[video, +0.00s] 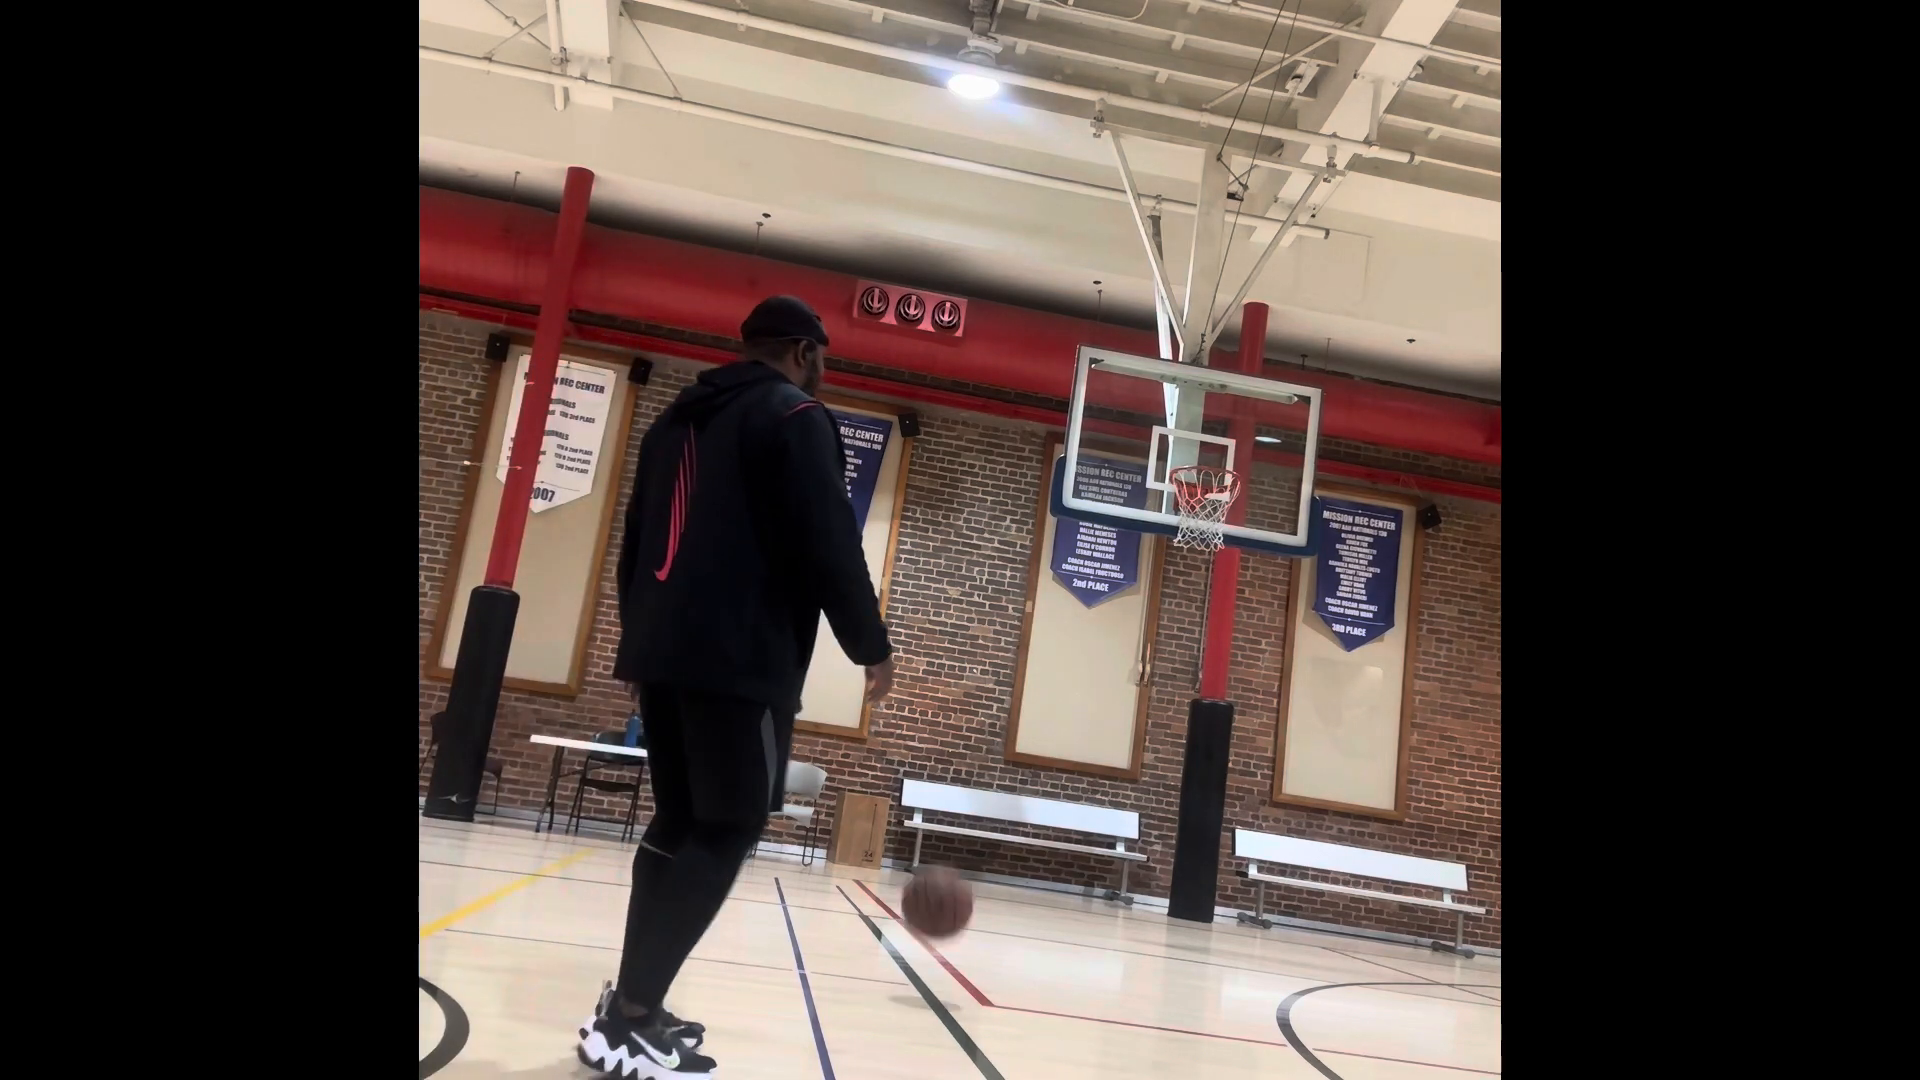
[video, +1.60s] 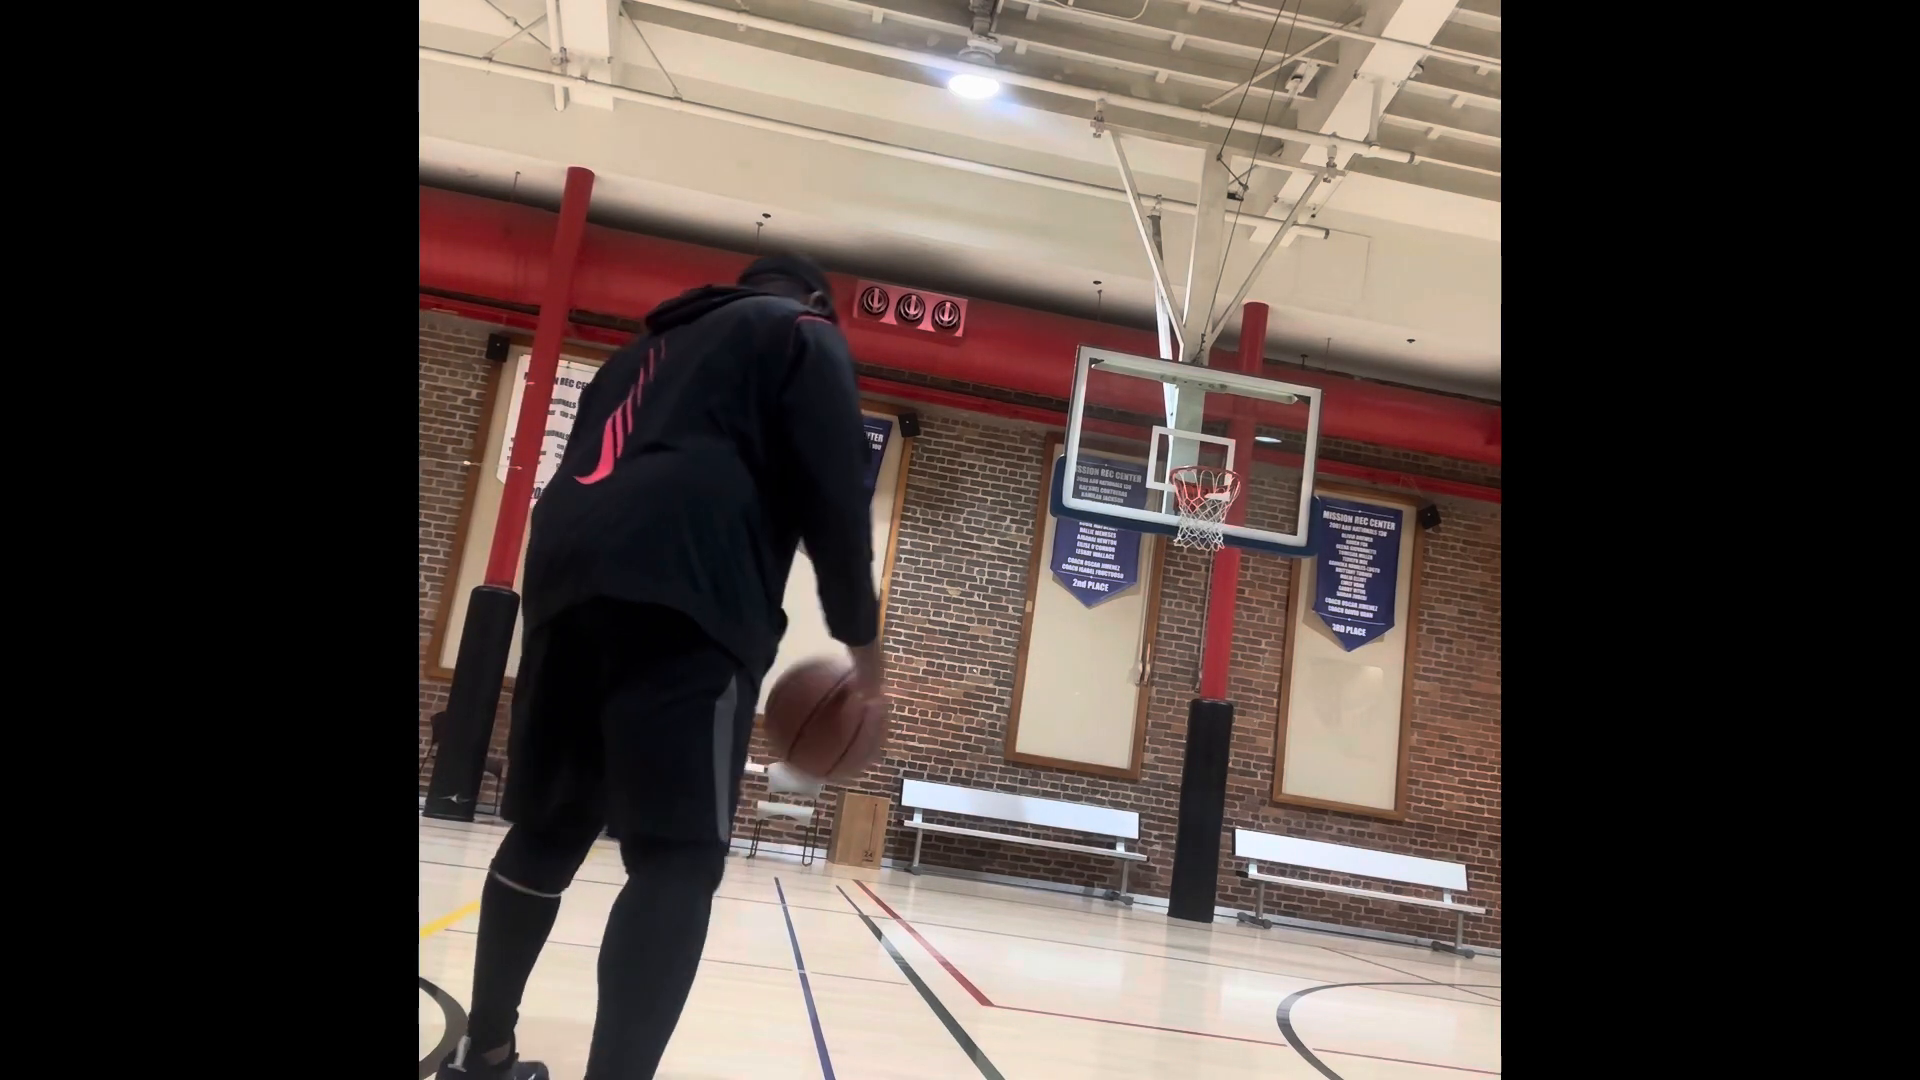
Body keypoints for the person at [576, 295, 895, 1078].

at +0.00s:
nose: (822, 376)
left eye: (822, 365)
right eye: (822, 363)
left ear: (747, 349)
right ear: (801, 354)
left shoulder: (681, 415)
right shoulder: (797, 417)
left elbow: (638, 536)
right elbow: (830, 538)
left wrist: (637, 643)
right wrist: (872, 645)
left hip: (662, 654)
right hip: (739, 665)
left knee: (676, 821)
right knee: (730, 828)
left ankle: (635, 1002)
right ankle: (629, 1019)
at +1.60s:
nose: (822, 327)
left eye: (819, 315)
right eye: (823, 315)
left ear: (743, 283)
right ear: (810, 301)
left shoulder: (640, 349)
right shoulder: (801, 332)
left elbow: (575, 482)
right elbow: (837, 489)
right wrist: (864, 648)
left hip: (564, 593)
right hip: (686, 602)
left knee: (547, 825)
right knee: (676, 860)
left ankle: (484, 1046)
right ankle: (618, 1068)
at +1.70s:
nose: (861, 320)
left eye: (864, 310)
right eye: (863, 308)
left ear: (774, 268)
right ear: (846, 288)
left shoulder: (666, 333)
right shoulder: (831, 319)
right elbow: (867, 474)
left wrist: (788, 618)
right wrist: (904, 618)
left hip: (566, 575)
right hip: (692, 588)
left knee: (531, 827)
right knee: (689, 866)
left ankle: (473, 1048)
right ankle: (618, 1070)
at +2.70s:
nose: (767, 265)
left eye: (767, 254)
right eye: (765, 252)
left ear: (661, 227)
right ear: (749, 242)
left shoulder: (562, 284)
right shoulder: (760, 294)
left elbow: (498, 417)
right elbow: (793, 448)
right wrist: (741, 599)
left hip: (462, 538)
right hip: (619, 554)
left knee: (441, 821)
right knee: (607, 845)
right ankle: (585, 1069)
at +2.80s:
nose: (726, 268)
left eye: (722, 258)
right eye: (727, 256)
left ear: (621, 230)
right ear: (711, 249)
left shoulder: (522, 294)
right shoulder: (736, 309)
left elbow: (469, 424)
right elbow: (774, 471)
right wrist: (693, 591)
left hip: (454, 553)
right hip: (615, 568)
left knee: (438, 820)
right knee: (605, 847)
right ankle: (586, 1069)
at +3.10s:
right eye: (647, 268)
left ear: (555, 253)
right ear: (642, 270)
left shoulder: (466, 316)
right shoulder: (681, 348)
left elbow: (424, 432)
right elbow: (712, 518)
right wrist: (637, 544)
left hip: (445, 585)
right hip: (598, 601)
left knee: (435, 816)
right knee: (603, 813)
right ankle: (605, 1038)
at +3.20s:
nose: (636, 287)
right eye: (636, 276)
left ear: (545, 265)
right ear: (631, 277)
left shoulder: (466, 325)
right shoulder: (674, 365)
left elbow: (447, 408)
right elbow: (717, 522)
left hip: (446, 603)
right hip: (596, 618)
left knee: (439, 828)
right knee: (588, 822)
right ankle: (599, 1052)